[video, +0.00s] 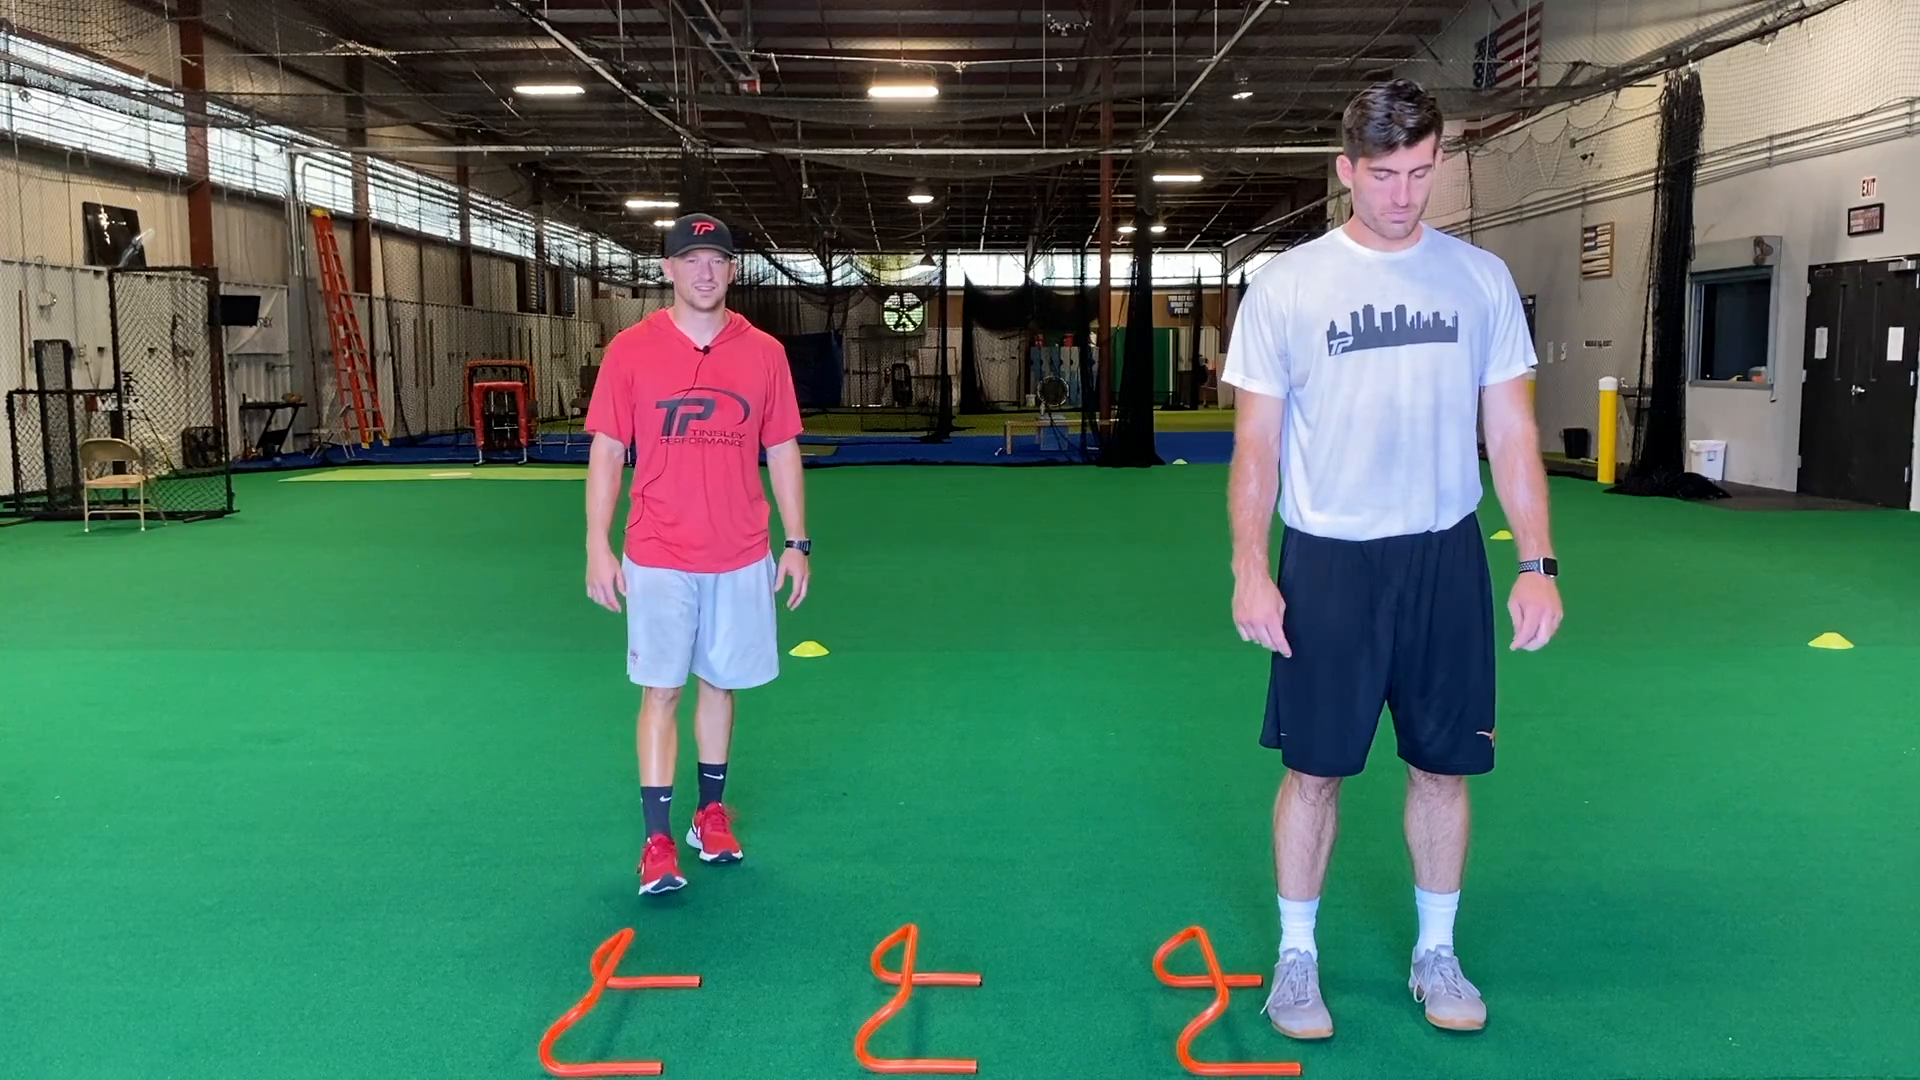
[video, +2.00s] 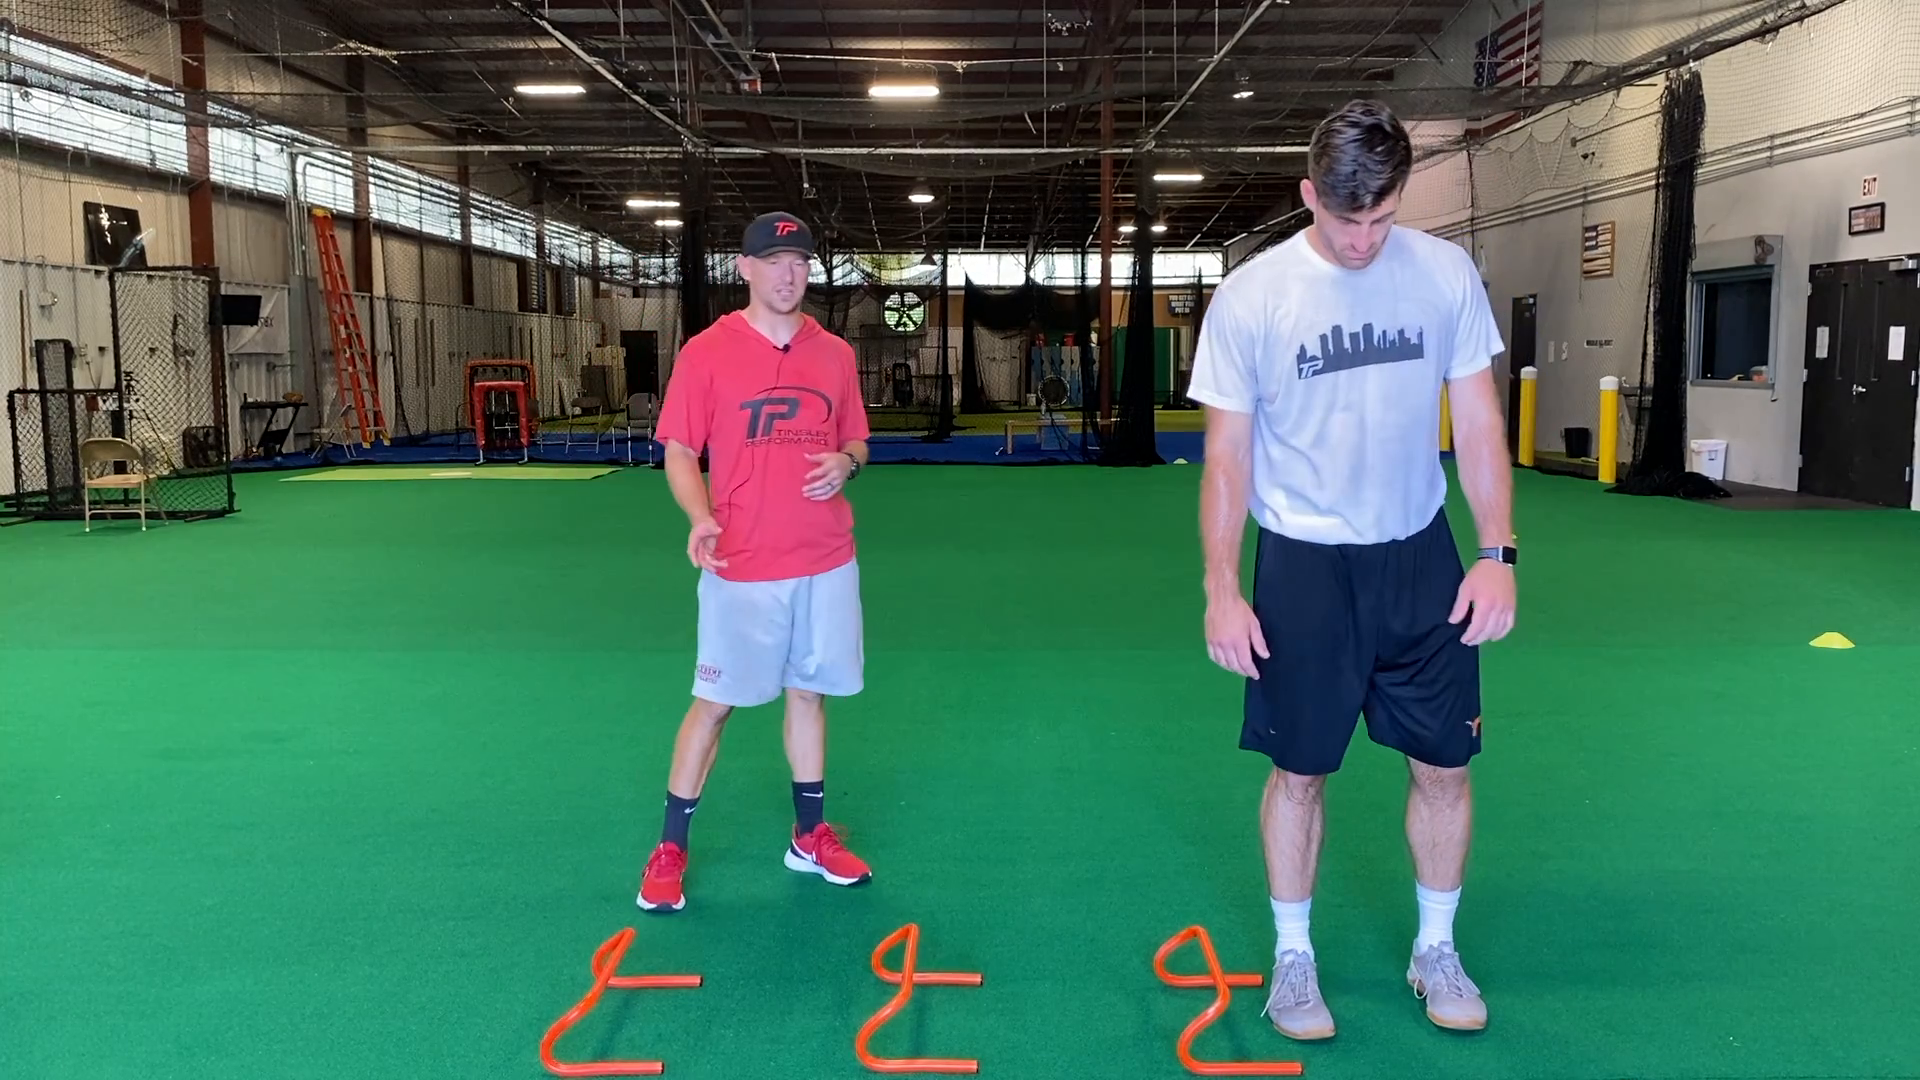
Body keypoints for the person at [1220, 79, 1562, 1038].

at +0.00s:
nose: (1405, 192)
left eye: (1421, 170)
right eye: (1387, 174)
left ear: (1440, 164)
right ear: (1347, 169)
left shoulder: (1481, 278)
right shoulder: (1283, 286)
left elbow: (1513, 435)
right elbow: (1255, 446)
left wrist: (1536, 561)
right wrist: (1251, 571)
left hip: (1445, 559)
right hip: (1328, 562)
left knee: (1444, 762)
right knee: (1315, 769)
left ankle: (1437, 956)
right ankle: (1296, 960)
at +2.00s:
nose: (1363, 234)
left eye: (1380, 215)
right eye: (1346, 215)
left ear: (1402, 194)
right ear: (1308, 191)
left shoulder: (1444, 274)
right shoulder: (1249, 298)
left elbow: (1479, 422)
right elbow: (1225, 458)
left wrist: (1497, 552)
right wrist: (1223, 590)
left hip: (1419, 557)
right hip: (1302, 564)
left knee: (1445, 759)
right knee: (1300, 766)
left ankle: (1437, 950)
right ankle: (1294, 959)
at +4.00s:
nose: (1396, 367)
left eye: (1414, 347)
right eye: (1377, 347)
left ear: (1436, 322)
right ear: (1338, 318)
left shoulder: (1476, 381)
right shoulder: (1257, 374)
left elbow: (1517, 467)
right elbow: (1192, 449)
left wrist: (1499, 598)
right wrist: (1214, 586)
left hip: (1394, 581)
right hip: (1275, 580)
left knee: (1418, 769)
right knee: (1288, 763)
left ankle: (1424, 958)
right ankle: (1300, 952)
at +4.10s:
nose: (1367, 377)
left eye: (1386, 357)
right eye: (1349, 357)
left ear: (1410, 334)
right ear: (1309, 329)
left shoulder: (1451, 409)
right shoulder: (1229, 380)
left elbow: (1487, 514)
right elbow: (1177, 440)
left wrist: (1461, 647)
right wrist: (1180, 571)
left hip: (1369, 578)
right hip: (1248, 573)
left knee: (1410, 772)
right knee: (1259, 756)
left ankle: (1421, 957)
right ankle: (1275, 871)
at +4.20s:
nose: (1316, 376)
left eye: (1336, 356)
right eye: (1298, 355)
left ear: (1363, 335)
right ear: (1262, 331)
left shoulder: (1408, 421)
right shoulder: (1197, 388)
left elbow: (1440, 527)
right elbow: (1138, 424)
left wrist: (1387, 628)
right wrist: (1126, 539)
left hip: (1341, 590)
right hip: (1216, 579)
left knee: (1400, 789)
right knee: (1199, 739)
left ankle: (1422, 961)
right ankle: (1190, 814)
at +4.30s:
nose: (1237, 342)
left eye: (1254, 322)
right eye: (1220, 322)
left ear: (1280, 298)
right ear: (1181, 302)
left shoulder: (1334, 371)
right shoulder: (1121, 364)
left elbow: (1390, 441)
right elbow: (1078, 403)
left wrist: (1331, 516)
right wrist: (1082, 521)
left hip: (1293, 582)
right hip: (1163, 572)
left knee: (1360, 764)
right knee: (1116, 735)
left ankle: (1423, 947)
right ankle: (1091, 877)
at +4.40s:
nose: (1149, 313)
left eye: (1165, 293)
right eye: (1130, 295)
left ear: (1193, 275)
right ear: (1099, 279)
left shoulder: (1250, 333)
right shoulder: (1039, 354)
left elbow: (1320, 349)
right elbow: (1010, 423)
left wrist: (1293, 478)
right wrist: (1038, 539)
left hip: (1230, 569)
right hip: (1103, 581)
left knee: (1315, 750)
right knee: (1081, 773)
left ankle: (1343, 857)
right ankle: (1053, 942)